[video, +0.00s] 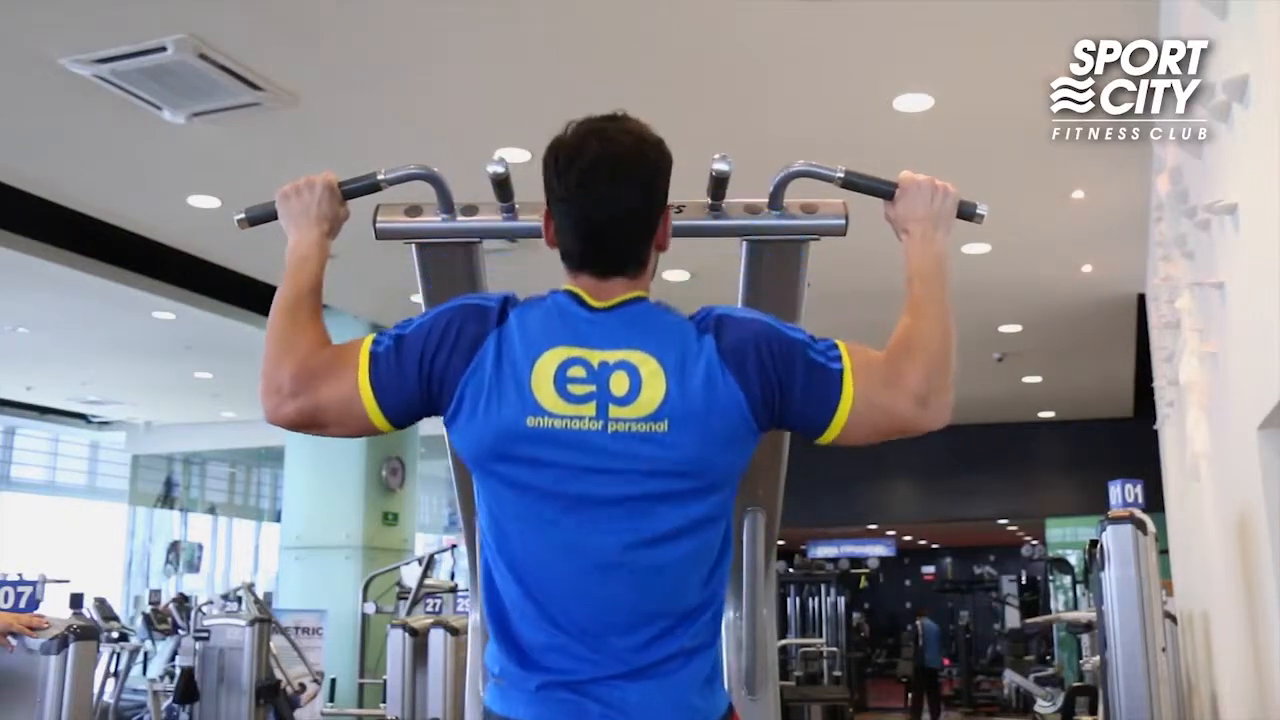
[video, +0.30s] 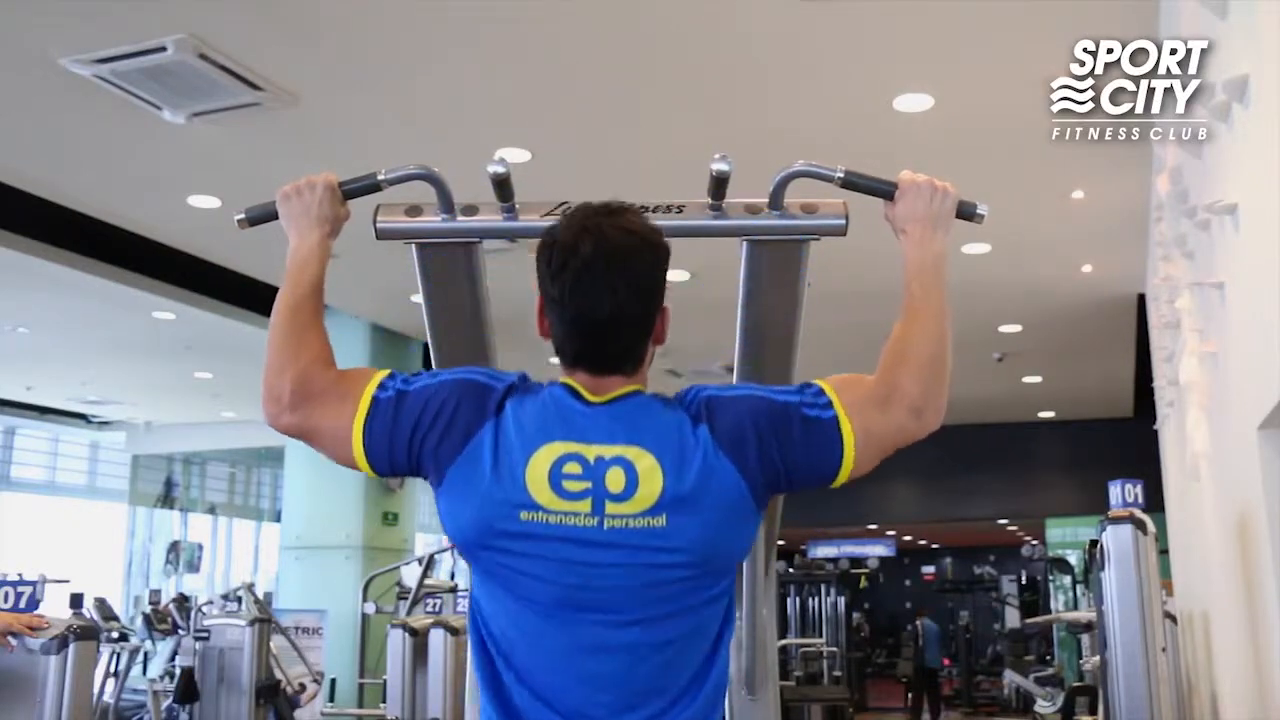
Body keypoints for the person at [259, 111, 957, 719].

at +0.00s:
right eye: (668, 213)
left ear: (547, 229)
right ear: (664, 232)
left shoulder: (477, 339)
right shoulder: (733, 352)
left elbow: (290, 391)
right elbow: (920, 394)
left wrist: (306, 236)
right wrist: (928, 236)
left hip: (525, 701)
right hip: (682, 701)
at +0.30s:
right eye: (662, 300)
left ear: (542, 317)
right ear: (661, 324)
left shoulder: (470, 421)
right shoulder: (730, 436)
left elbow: (294, 398)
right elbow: (910, 404)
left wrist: (307, 243)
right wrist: (925, 243)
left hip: (521, 713)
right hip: (682, 715)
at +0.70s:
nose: (664, 425)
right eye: (663, 413)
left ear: (539, 434)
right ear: (660, 440)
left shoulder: (478, 520)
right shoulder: (722, 541)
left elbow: (325, 404)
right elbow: (866, 403)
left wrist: (310, 241)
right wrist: (917, 245)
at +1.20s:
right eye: (661, 226)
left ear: (540, 243)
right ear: (659, 248)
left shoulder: (475, 362)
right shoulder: (729, 366)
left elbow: (290, 396)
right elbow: (920, 398)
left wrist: (306, 241)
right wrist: (926, 242)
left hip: (524, 698)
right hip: (673, 699)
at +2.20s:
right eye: (662, 207)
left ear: (540, 222)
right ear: (661, 228)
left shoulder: (472, 337)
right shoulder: (730, 350)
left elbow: (290, 393)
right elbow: (917, 394)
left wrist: (306, 241)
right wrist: (926, 238)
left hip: (522, 700)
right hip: (681, 700)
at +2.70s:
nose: (659, 392)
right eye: (660, 381)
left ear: (531, 398)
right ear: (658, 409)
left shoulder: (468, 491)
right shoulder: (723, 510)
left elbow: (309, 401)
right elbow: (880, 405)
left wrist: (309, 241)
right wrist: (921, 244)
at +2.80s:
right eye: (657, 411)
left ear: (535, 436)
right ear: (660, 442)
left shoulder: (476, 520)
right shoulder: (723, 544)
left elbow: (324, 404)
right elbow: (867, 404)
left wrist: (311, 243)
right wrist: (919, 244)